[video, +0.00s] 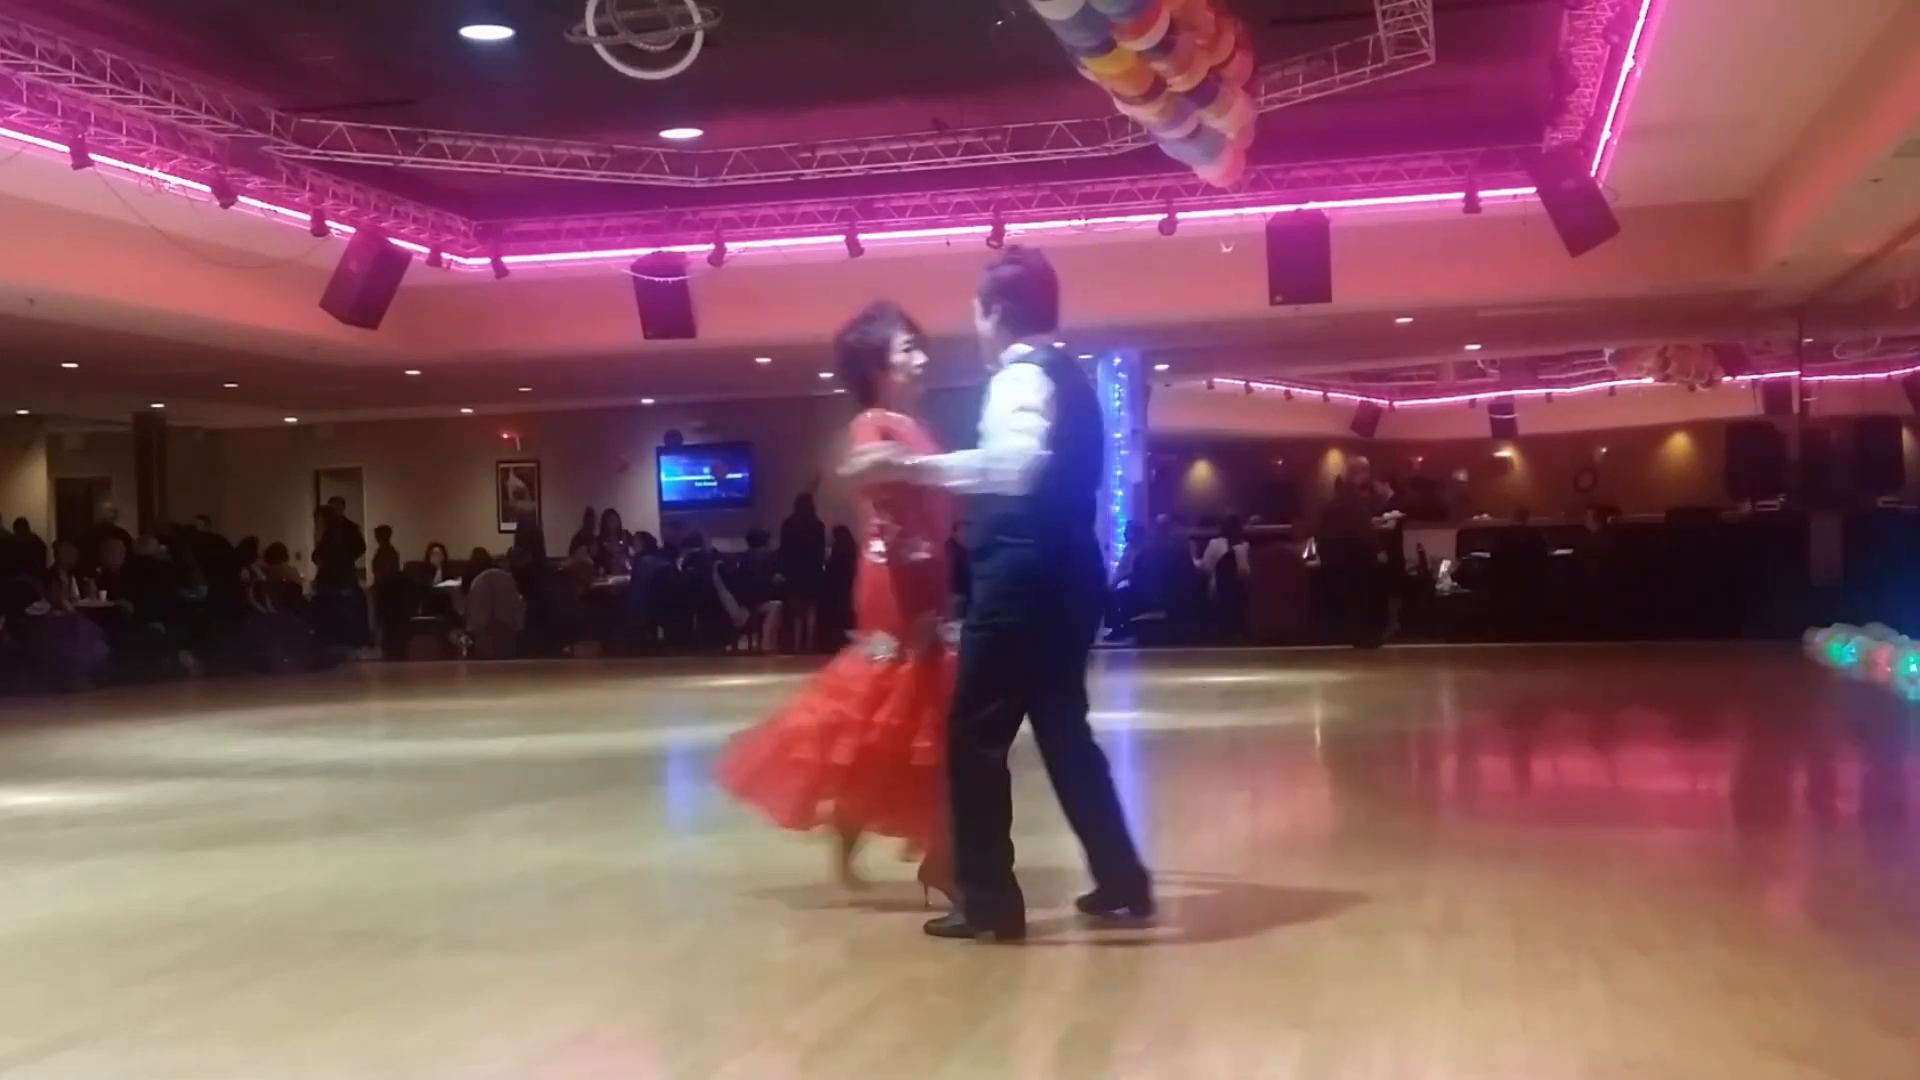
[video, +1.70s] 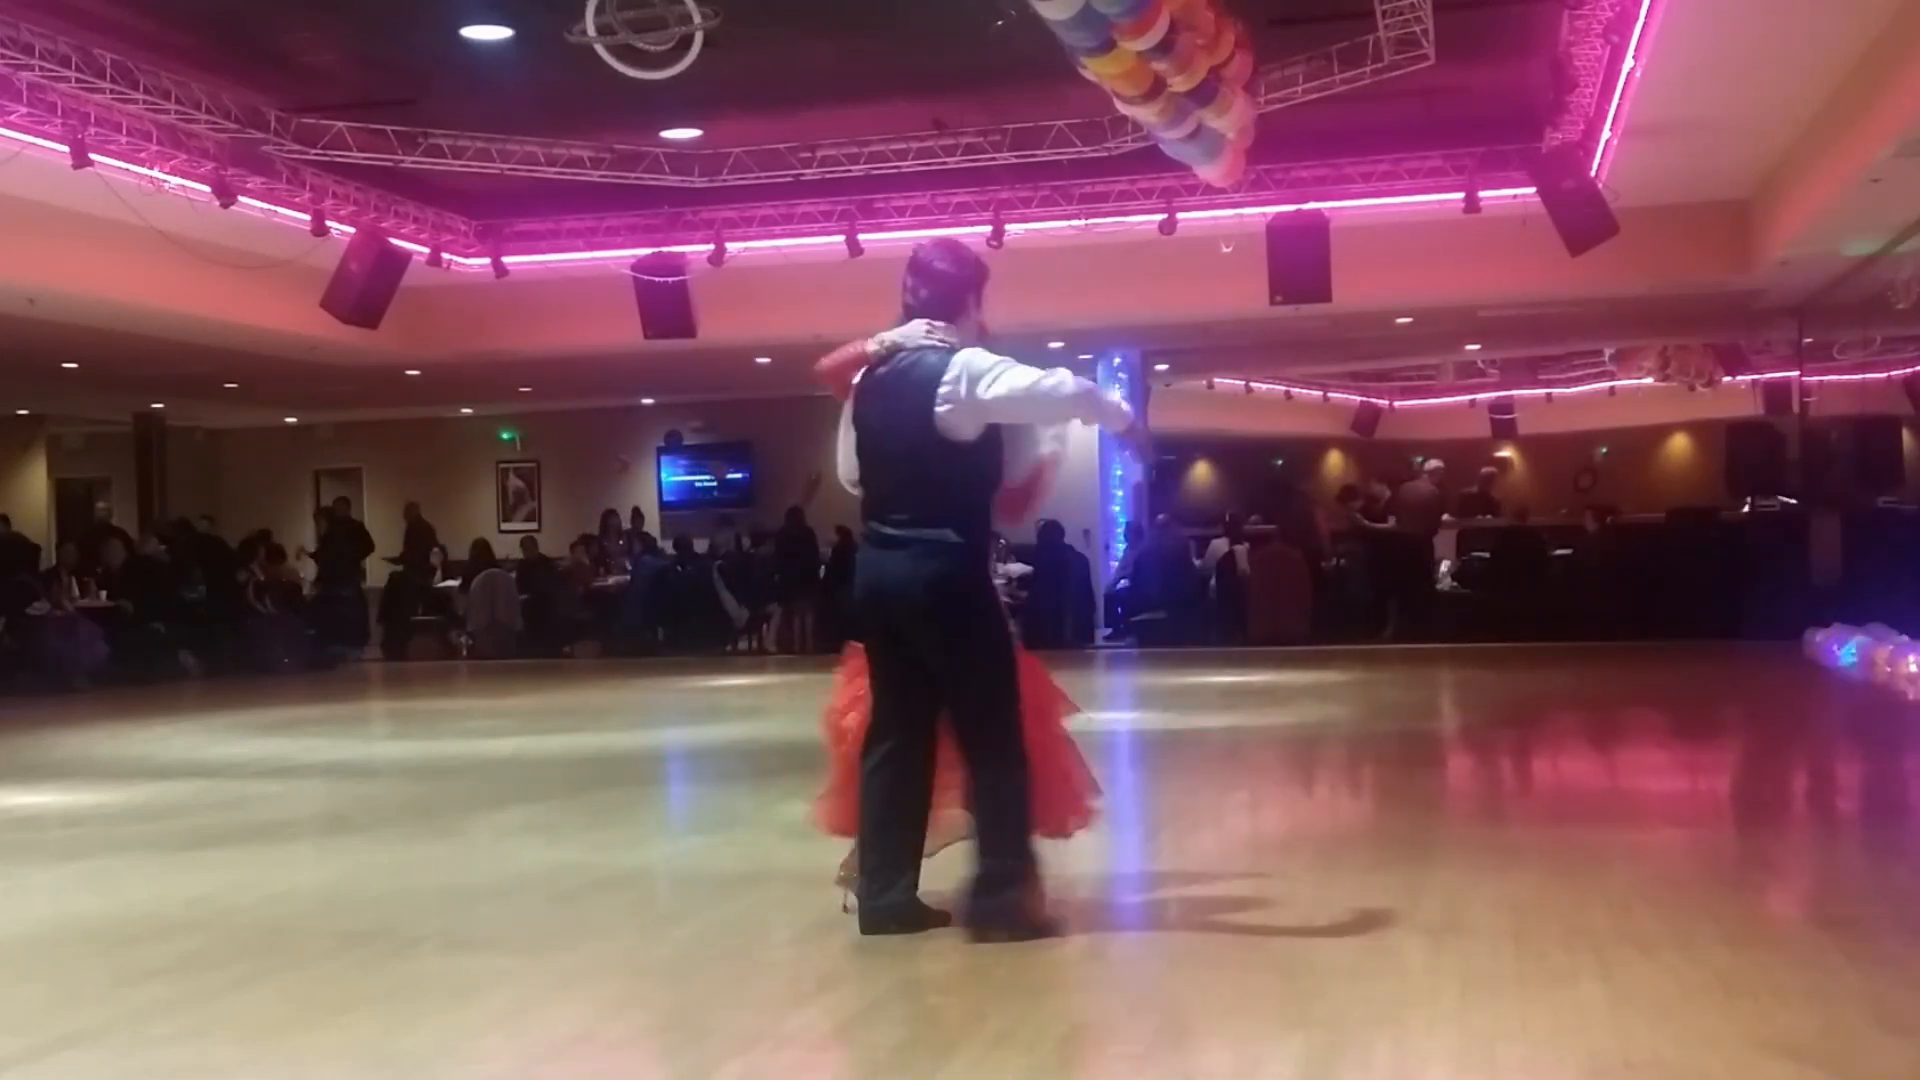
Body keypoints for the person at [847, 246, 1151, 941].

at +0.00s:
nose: (974, 322)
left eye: (978, 310)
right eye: (977, 309)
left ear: (999, 313)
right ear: (1043, 310)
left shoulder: (1022, 374)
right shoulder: (1072, 373)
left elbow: (1013, 467)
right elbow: (1031, 475)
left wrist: (905, 469)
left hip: (1018, 581)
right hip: (1069, 576)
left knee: (974, 739)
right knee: (1064, 728)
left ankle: (988, 903)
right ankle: (1123, 884)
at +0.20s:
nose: (956, 330)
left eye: (962, 314)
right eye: (949, 320)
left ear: (980, 307)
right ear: (1027, 302)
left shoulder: (978, 376)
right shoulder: (1066, 373)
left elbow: (907, 471)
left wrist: (821, 499)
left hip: (994, 578)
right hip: (1055, 570)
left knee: (974, 735)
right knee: (1034, 732)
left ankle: (987, 894)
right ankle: (1069, 890)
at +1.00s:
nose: (917, 310)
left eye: (915, 299)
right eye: (982, 299)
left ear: (914, 308)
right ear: (982, 304)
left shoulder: (889, 388)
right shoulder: (1031, 382)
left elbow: (847, 490)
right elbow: (1094, 466)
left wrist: (853, 569)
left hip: (922, 578)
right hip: (1007, 577)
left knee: (899, 737)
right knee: (1025, 732)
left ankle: (888, 917)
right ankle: (1064, 903)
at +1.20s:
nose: (1010, 306)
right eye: (1007, 296)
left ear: (936, 309)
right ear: (1005, 303)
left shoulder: (906, 390)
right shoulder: (1053, 377)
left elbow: (899, 502)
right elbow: (1152, 451)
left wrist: (951, 532)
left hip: (937, 576)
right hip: (1025, 575)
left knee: (917, 729)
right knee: (1047, 726)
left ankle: (896, 906)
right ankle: (1064, 899)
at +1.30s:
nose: (1013, 305)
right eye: (1011, 294)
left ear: (940, 303)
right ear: (1010, 301)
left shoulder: (901, 388)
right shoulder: (1053, 374)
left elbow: (911, 487)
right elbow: (1143, 444)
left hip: (935, 577)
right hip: (1019, 577)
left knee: (923, 729)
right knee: (1047, 726)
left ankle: (900, 900)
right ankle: (1061, 897)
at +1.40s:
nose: (1011, 307)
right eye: (1008, 297)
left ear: (936, 302)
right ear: (1004, 301)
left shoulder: (903, 383)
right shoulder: (1032, 372)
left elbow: (903, 477)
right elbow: (1131, 437)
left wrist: (898, 375)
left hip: (927, 570)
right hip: (1009, 571)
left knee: (926, 724)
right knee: (1038, 725)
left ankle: (895, 894)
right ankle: (1059, 896)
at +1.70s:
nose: (987, 312)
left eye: (982, 301)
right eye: (983, 301)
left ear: (906, 301)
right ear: (970, 302)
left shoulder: (867, 378)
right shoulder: (965, 370)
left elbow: (849, 472)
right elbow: (1065, 387)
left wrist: (923, 477)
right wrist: (1119, 416)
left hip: (880, 564)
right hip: (949, 571)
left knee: (896, 728)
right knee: (993, 731)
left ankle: (886, 897)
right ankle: (1002, 897)